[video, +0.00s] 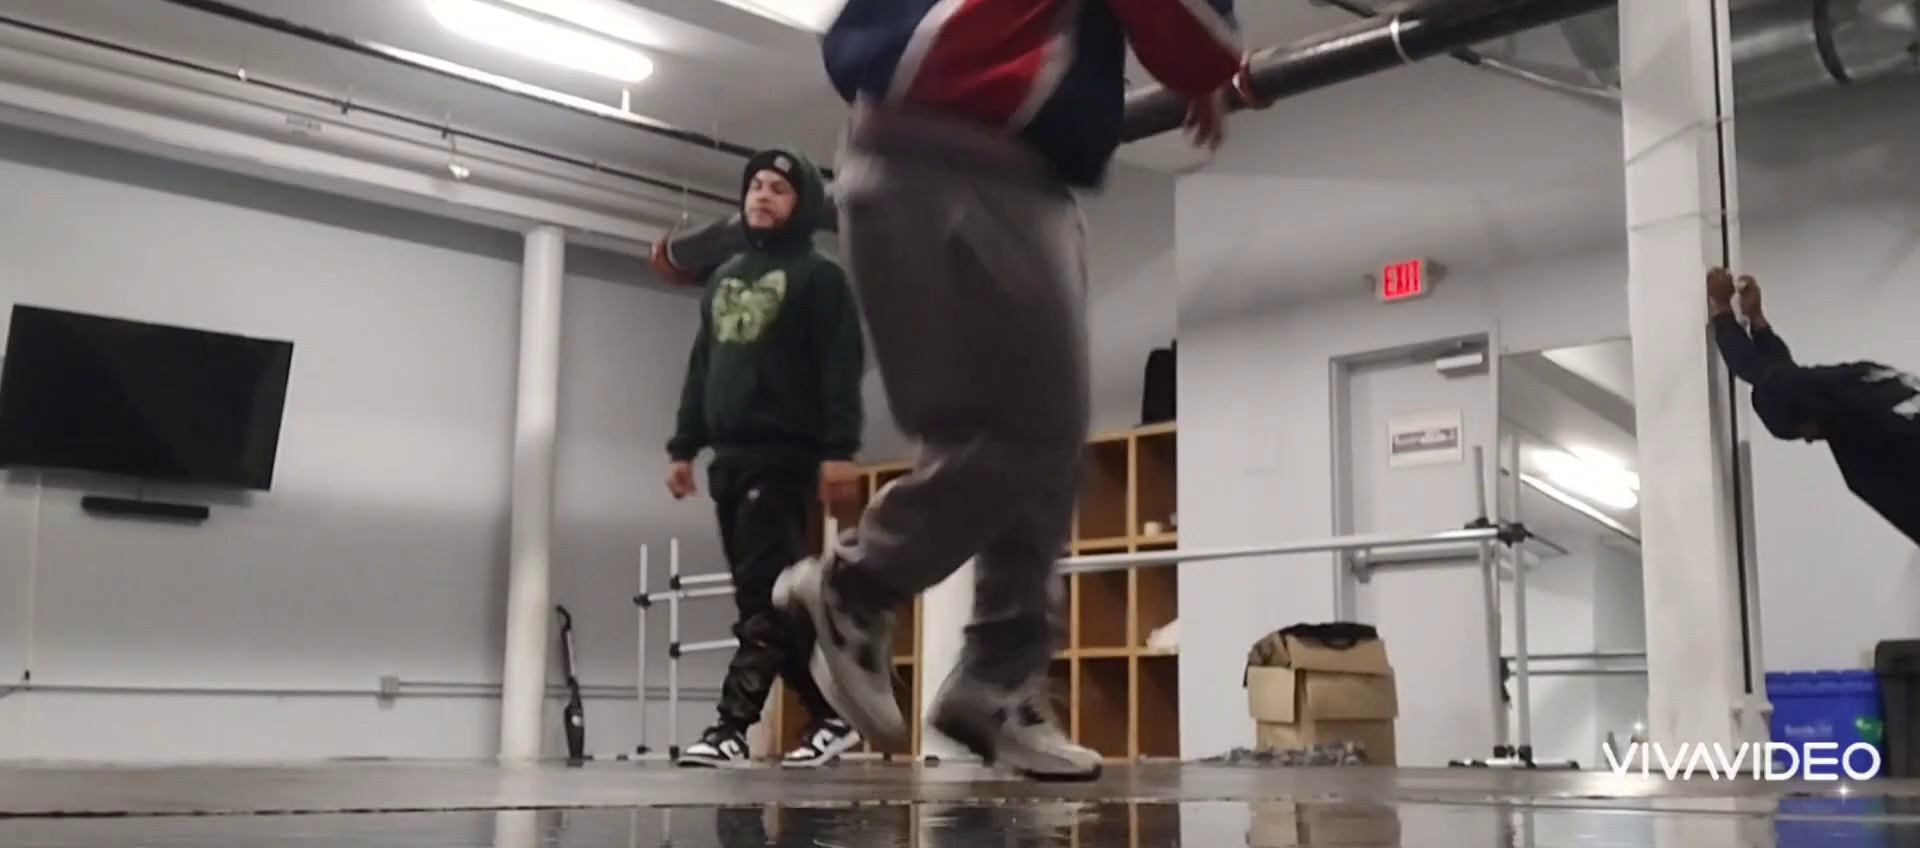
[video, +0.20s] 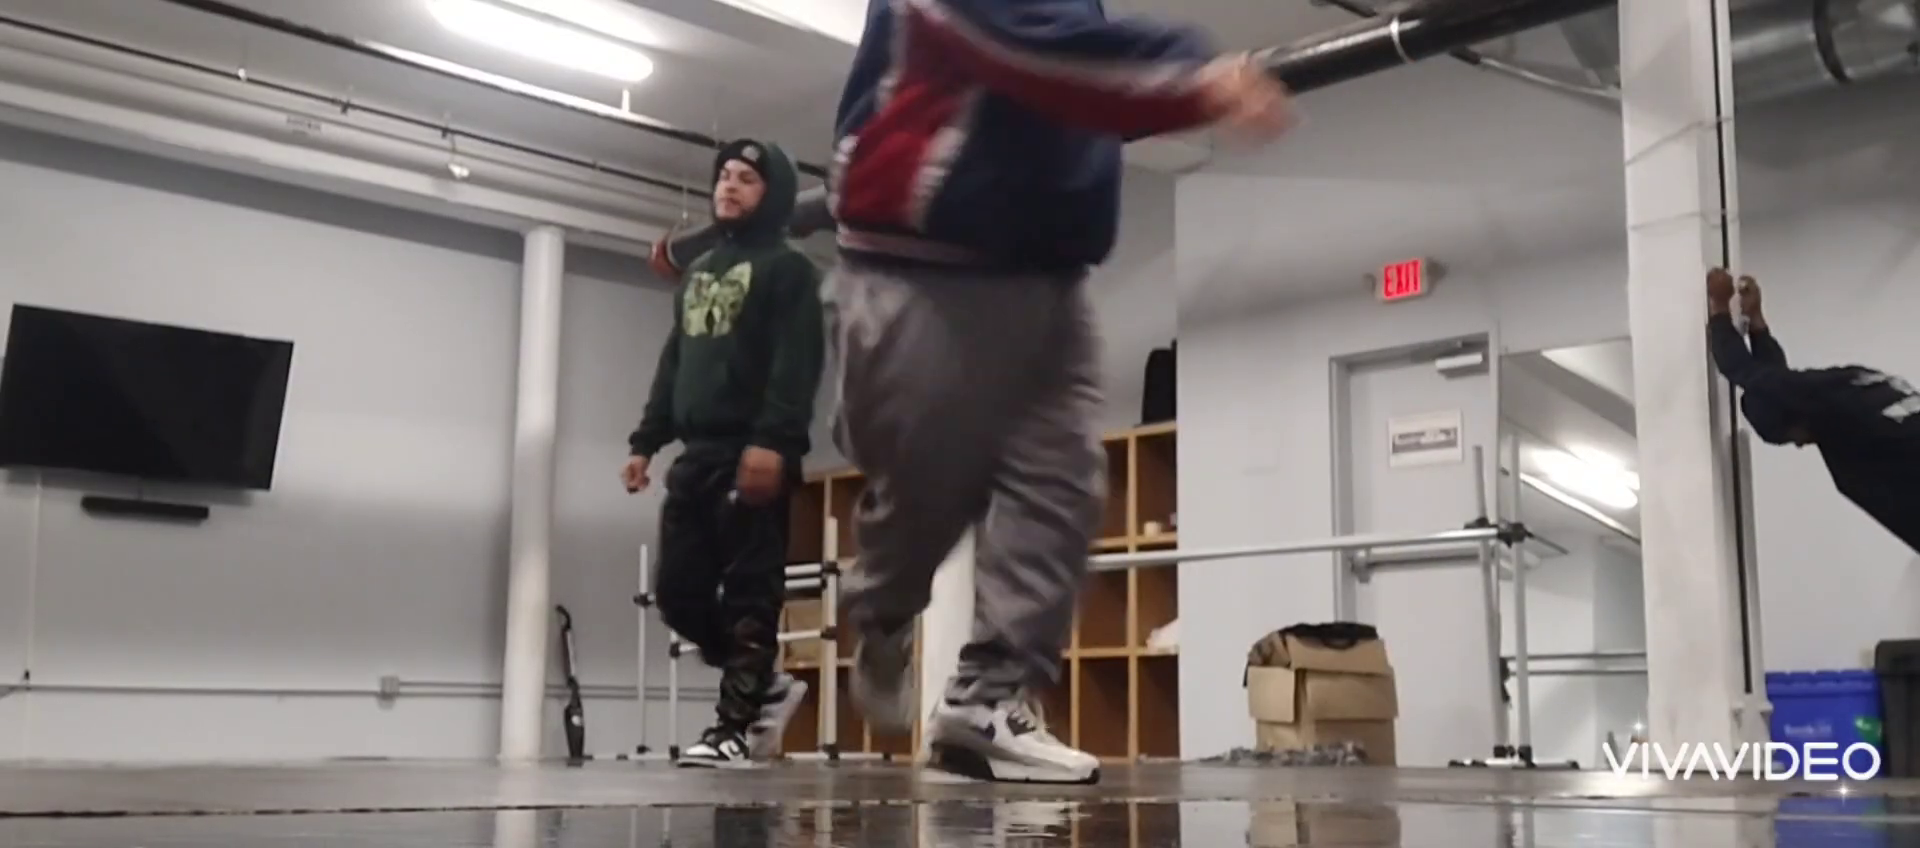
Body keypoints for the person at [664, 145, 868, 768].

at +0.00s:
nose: (765, 195)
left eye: (780, 188)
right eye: (757, 185)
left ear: (801, 205)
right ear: (744, 198)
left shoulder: (821, 276)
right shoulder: (727, 275)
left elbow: (843, 369)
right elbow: (703, 364)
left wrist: (840, 453)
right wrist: (684, 447)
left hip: (787, 455)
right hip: (729, 456)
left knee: (763, 592)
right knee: (763, 592)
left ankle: (731, 730)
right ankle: (830, 718)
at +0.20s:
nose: (730, 187)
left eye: (746, 180)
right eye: (725, 177)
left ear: (773, 196)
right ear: (714, 190)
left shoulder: (788, 268)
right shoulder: (700, 270)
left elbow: (796, 365)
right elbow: (676, 360)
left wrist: (772, 444)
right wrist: (645, 444)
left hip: (756, 452)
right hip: (698, 451)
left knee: (751, 588)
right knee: (679, 592)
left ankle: (734, 730)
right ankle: (770, 687)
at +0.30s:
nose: (712, 182)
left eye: (728, 175)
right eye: (706, 173)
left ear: (755, 189)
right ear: (695, 186)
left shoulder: (770, 259)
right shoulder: (684, 264)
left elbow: (773, 355)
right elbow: (661, 355)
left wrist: (739, 427)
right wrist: (632, 442)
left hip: (748, 450)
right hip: (680, 450)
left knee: (746, 591)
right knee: (648, 587)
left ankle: (730, 730)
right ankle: (701, 692)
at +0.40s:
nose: (693, 179)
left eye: (707, 171)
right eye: (686, 170)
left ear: (732, 188)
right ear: (673, 185)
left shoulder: (760, 259)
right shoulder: (664, 267)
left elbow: (763, 352)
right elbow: (641, 360)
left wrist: (715, 416)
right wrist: (625, 447)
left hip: (736, 459)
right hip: (664, 459)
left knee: (739, 596)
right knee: (629, 591)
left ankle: (731, 730)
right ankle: (624, 721)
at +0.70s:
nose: (638, 164)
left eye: (652, 157)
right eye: (627, 156)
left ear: (675, 175)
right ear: (612, 173)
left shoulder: (704, 248)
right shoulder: (589, 254)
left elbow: (729, 340)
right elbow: (563, 349)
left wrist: (727, 428)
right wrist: (547, 439)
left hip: (674, 444)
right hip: (595, 443)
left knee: (687, 589)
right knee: (577, 593)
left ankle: (719, 723)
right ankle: (575, 728)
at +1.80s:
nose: (725, 195)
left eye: (732, 186)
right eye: (712, 181)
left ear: (736, 198)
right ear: (679, 186)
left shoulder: (729, 275)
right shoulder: (644, 254)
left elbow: (747, 367)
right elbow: (628, 348)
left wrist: (764, 454)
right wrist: (643, 434)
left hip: (727, 452)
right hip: (669, 446)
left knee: (704, 593)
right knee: (643, 579)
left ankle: (683, 729)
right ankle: (592, 713)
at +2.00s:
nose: (756, 200)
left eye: (761, 190)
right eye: (744, 186)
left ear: (762, 199)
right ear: (709, 188)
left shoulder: (741, 271)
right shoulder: (681, 255)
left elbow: (751, 373)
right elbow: (670, 349)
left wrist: (777, 459)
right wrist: (679, 435)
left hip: (739, 447)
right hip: (700, 444)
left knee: (718, 581)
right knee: (704, 578)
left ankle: (692, 722)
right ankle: (681, 723)